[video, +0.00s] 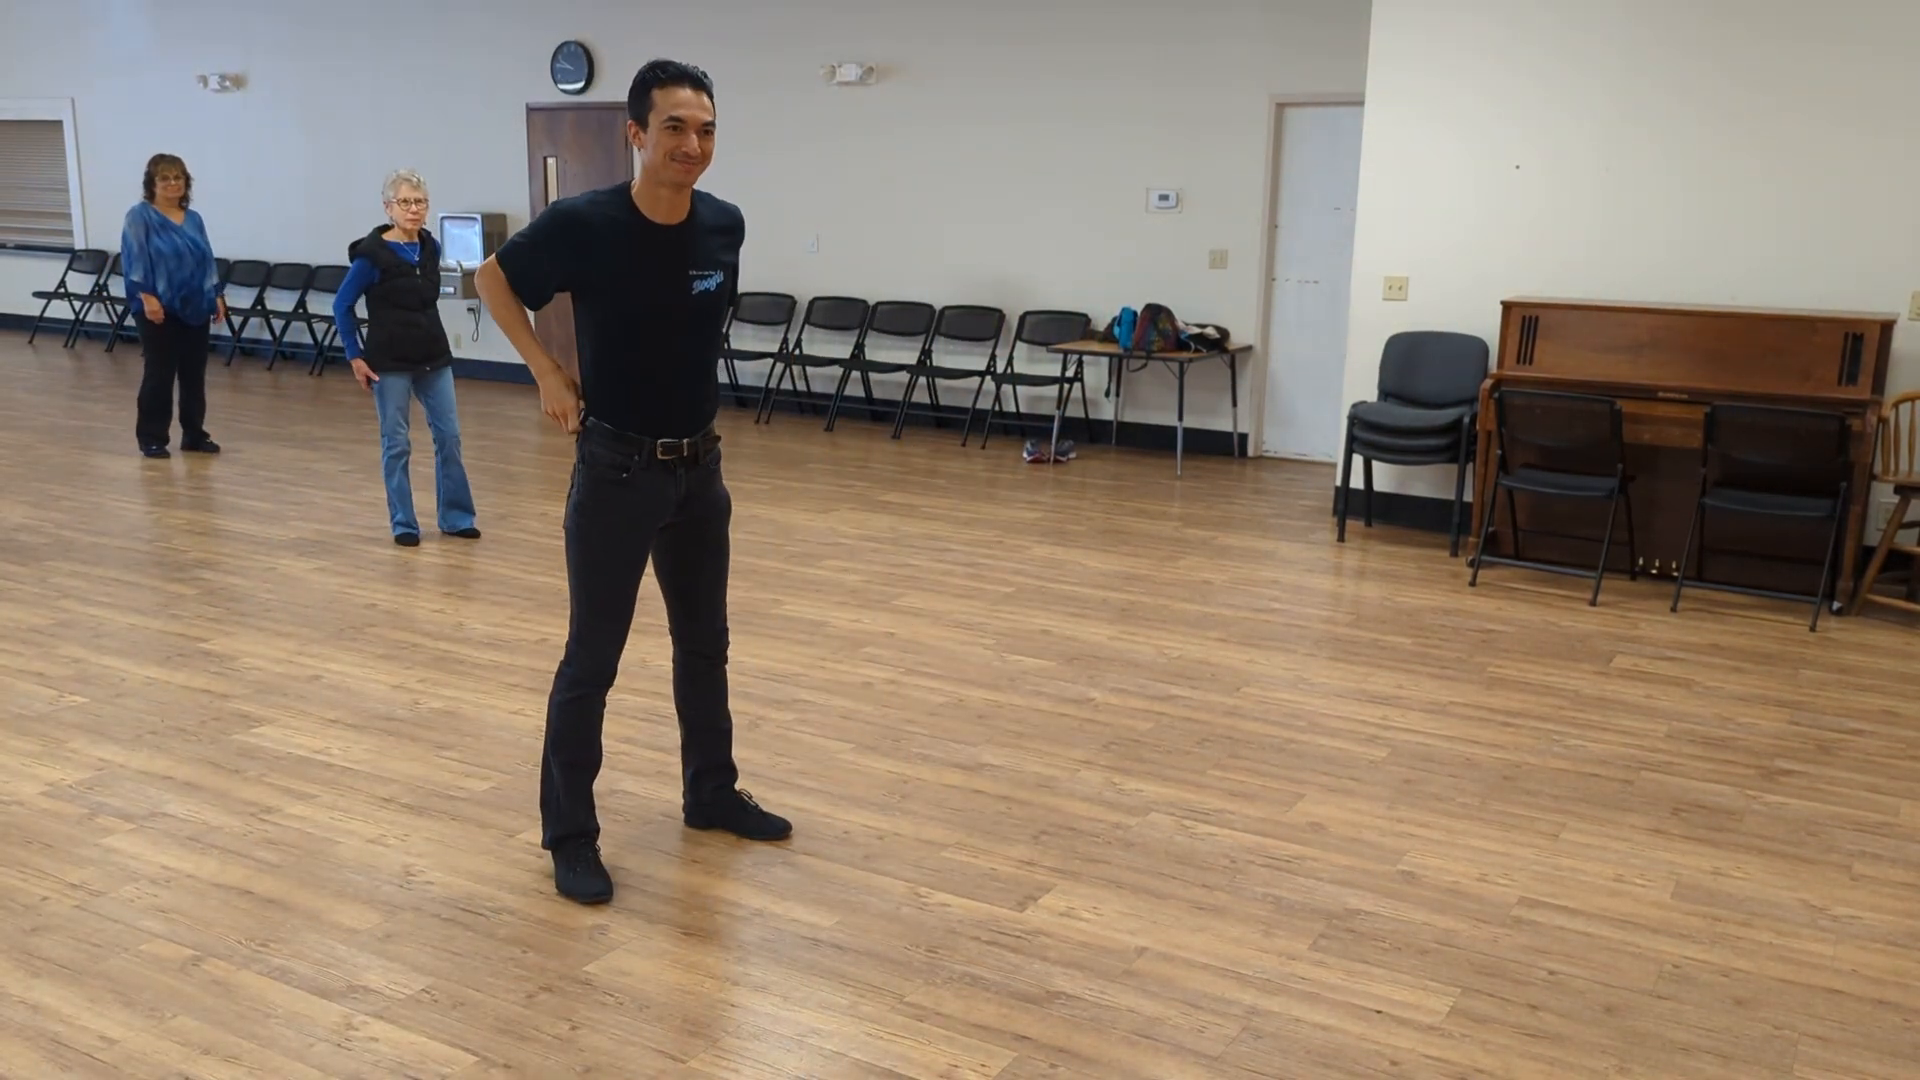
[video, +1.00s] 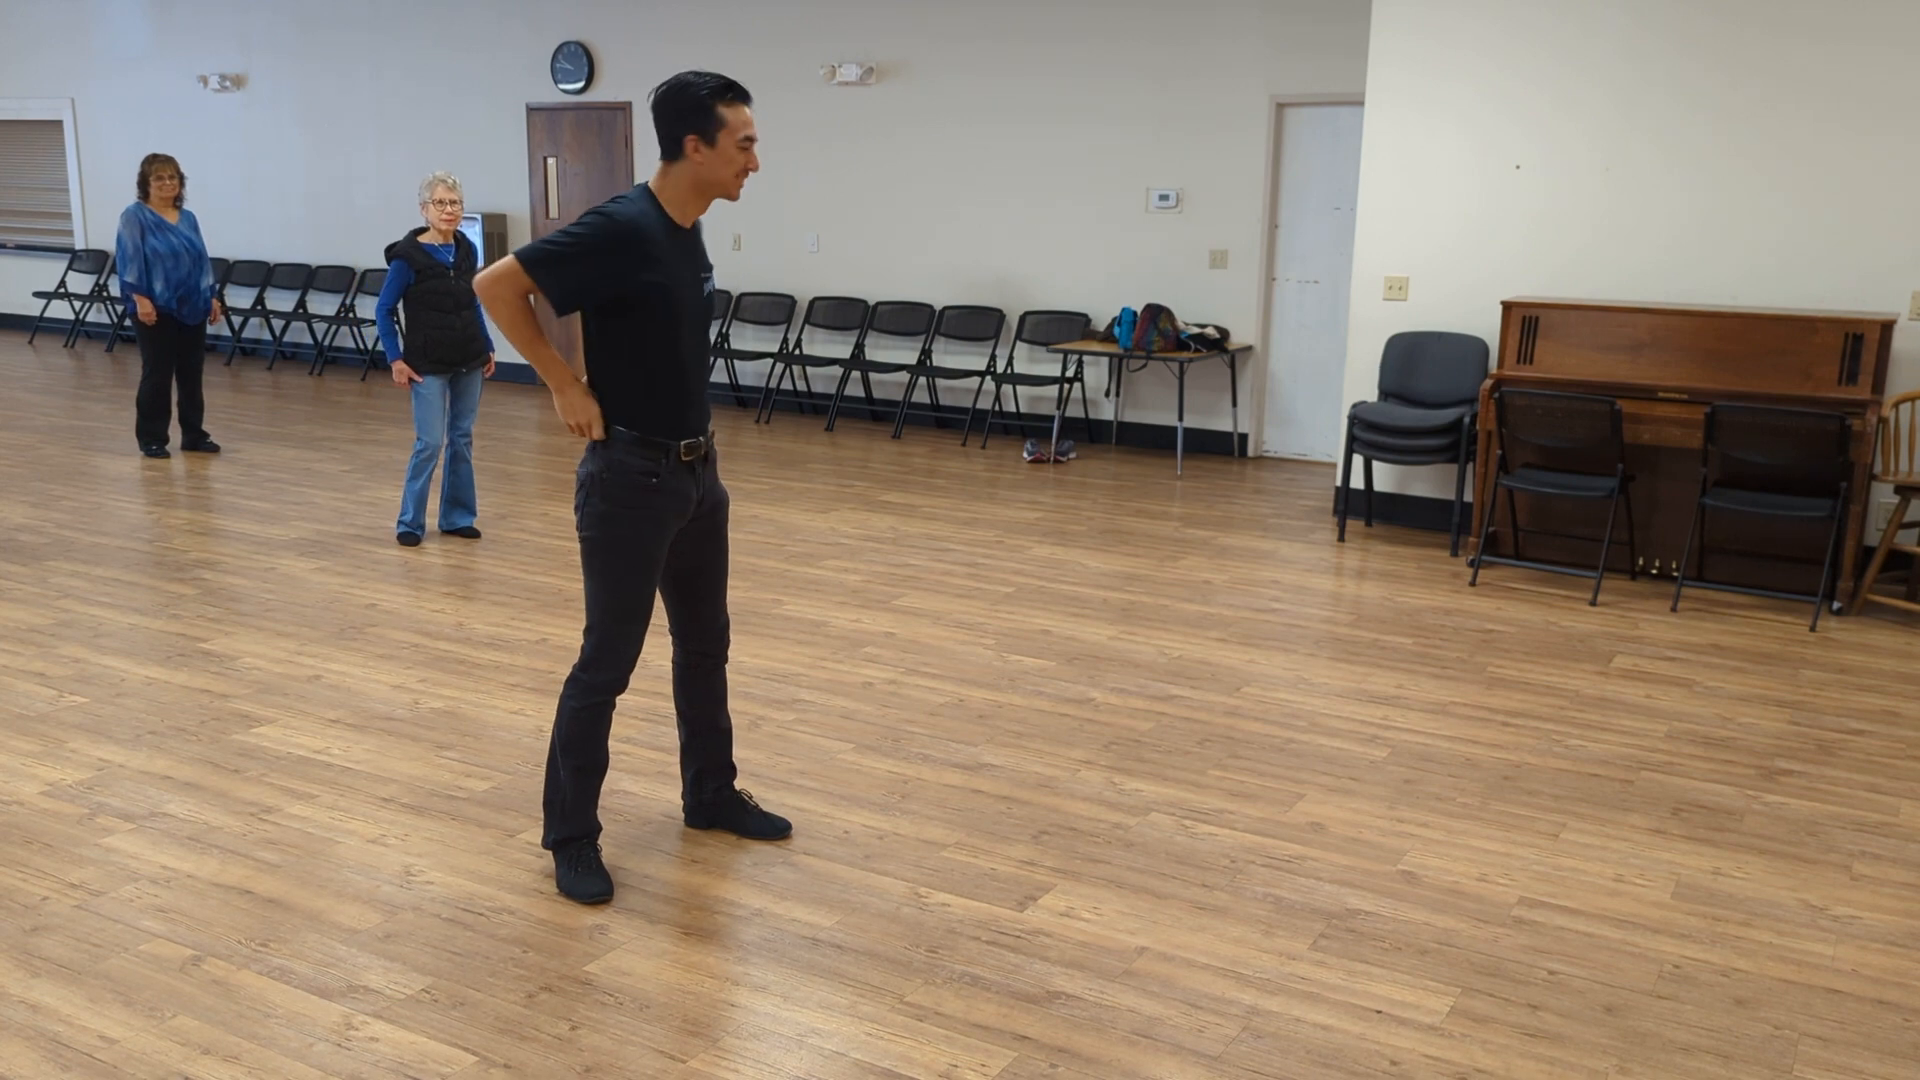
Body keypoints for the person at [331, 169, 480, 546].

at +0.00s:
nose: (415, 209)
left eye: (420, 202)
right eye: (406, 203)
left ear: (427, 208)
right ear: (389, 207)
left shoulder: (429, 247)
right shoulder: (373, 254)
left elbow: (424, 300)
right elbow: (342, 305)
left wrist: (428, 341)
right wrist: (355, 357)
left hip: (433, 357)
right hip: (390, 361)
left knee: (449, 436)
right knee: (397, 444)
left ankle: (456, 517)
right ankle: (404, 524)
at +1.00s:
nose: (449, 210)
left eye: (455, 203)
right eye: (441, 204)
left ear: (462, 208)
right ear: (425, 209)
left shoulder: (467, 250)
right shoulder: (409, 254)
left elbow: (473, 303)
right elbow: (384, 309)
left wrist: (487, 346)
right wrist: (395, 358)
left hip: (470, 360)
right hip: (427, 363)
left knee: (462, 440)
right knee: (430, 444)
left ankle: (457, 518)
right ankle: (410, 524)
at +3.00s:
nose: (433, 206)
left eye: (439, 199)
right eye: (424, 200)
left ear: (445, 203)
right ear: (406, 205)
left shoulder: (448, 246)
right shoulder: (393, 252)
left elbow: (451, 304)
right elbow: (367, 309)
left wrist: (471, 348)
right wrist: (382, 359)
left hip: (454, 357)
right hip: (411, 360)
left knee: (457, 441)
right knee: (411, 446)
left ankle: (464, 521)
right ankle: (411, 526)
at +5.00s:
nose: (453, 228)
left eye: (456, 221)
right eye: (450, 219)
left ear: (432, 214)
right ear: (424, 209)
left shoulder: (431, 251)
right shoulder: (386, 252)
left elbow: (429, 316)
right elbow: (360, 312)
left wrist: (455, 356)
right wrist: (364, 364)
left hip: (429, 363)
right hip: (391, 366)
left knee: (444, 443)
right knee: (394, 449)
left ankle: (458, 522)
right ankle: (397, 531)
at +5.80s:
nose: (440, 205)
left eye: (444, 197)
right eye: (430, 200)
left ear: (450, 201)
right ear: (410, 207)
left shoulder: (450, 247)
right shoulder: (400, 253)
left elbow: (454, 310)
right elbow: (379, 315)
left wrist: (476, 355)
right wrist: (389, 366)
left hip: (455, 361)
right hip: (415, 365)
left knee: (457, 445)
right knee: (409, 448)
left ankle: (463, 522)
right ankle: (399, 530)